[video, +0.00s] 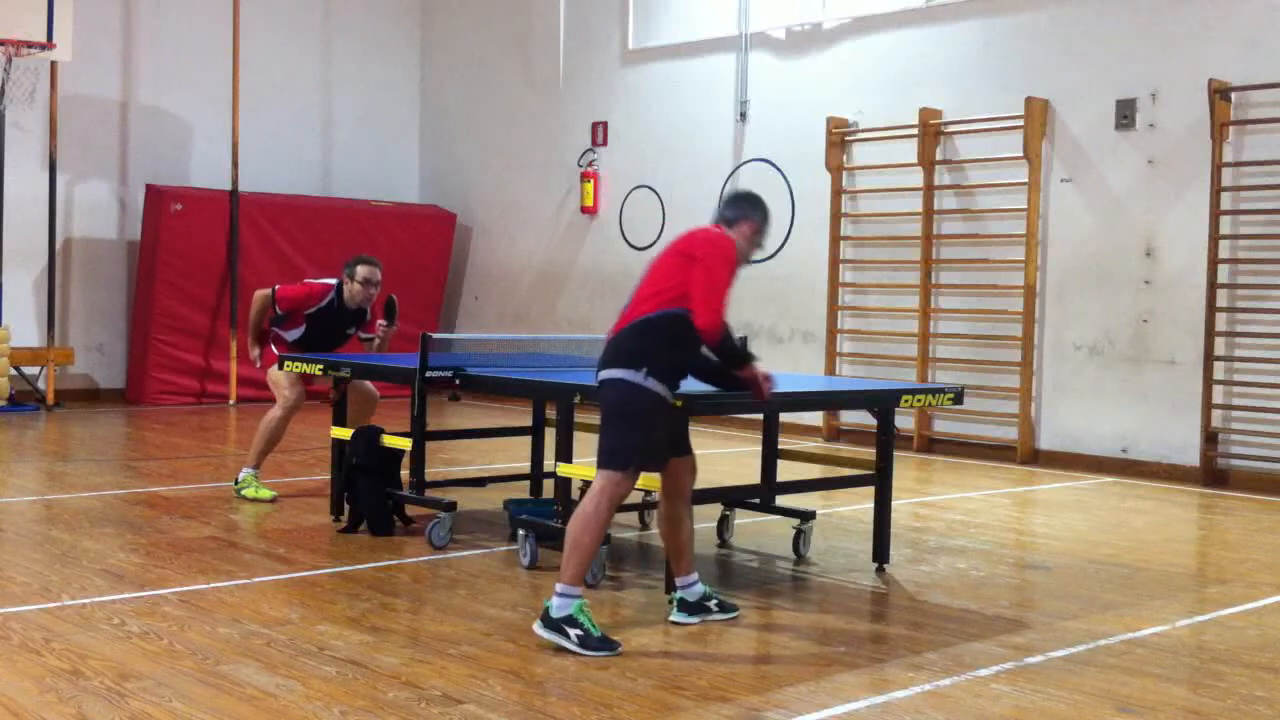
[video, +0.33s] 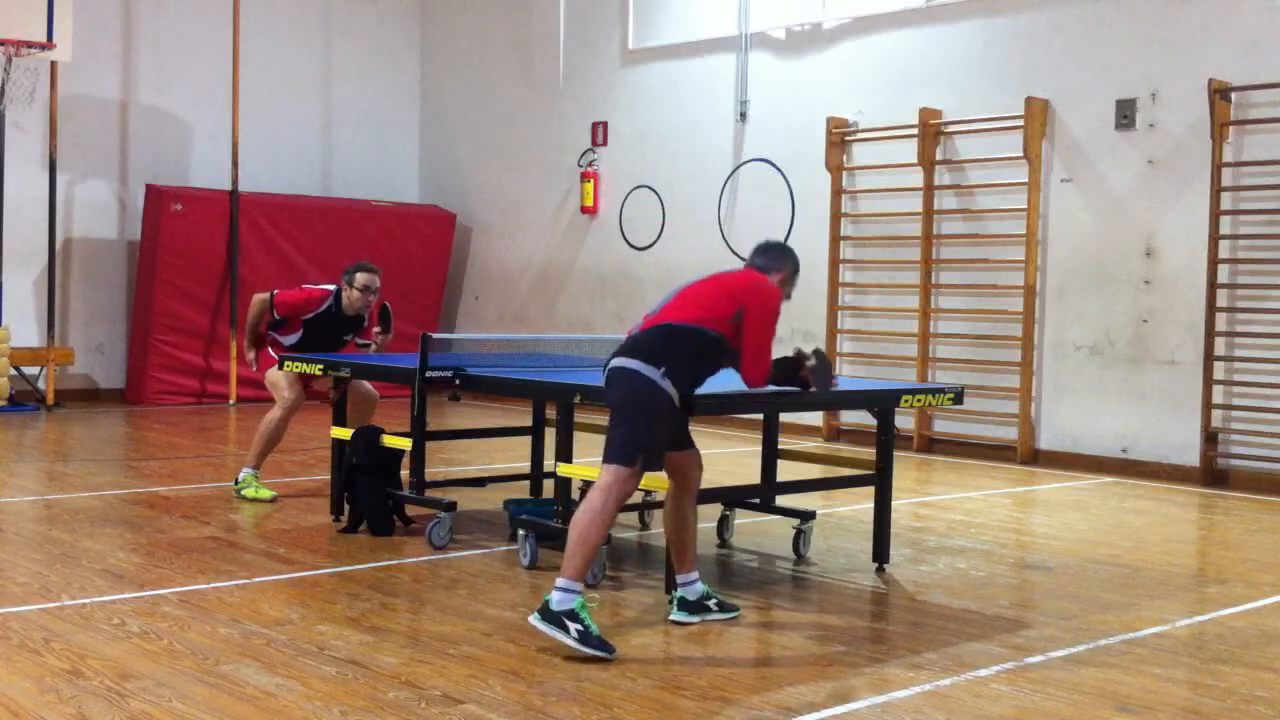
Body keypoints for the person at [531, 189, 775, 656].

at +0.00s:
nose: (754, 250)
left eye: (758, 242)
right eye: (757, 239)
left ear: (729, 221)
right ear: (745, 226)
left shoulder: (696, 249)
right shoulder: (716, 243)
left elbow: (684, 350)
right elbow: (708, 323)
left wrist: (743, 381)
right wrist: (744, 364)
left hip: (653, 378)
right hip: (636, 368)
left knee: (679, 472)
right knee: (612, 483)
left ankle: (687, 593)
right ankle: (561, 608)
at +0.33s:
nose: (785, 298)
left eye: (788, 291)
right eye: (788, 289)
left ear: (754, 267)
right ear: (780, 275)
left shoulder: (723, 283)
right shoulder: (762, 291)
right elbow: (756, 376)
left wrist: (789, 366)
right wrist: (799, 373)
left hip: (655, 379)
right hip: (646, 373)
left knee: (686, 472)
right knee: (616, 482)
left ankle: (689, 592)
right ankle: (562, 601)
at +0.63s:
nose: (775, 273)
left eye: (776, 265)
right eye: (776, 264)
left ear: (738, 250)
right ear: (767, 257)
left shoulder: (709, 271)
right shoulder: (748, 279)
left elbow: (716, 365)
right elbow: (732, 366)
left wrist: (771, 367)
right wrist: (777, 367)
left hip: (629, 374)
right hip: (643, 380)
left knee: (683, 473)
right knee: (616, 492)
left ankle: (689, 592)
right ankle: (558, 613)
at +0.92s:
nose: (726, 218)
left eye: (726, 210)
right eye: (727, 209)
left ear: (687, 200)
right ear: (716, 206)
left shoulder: (666, 238)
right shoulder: (682, 239)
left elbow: (662, 335)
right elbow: (650, 314)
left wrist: (733, 352)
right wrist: (685, 382)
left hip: (619, 385)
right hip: (615, 385)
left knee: (657, 482)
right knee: (600, 502)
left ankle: (682, 590)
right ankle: (549, 625)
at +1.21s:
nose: (709, 196)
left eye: (709, 186)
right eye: (707, 185)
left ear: (672, 180)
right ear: (690, 183)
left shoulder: (657, 228)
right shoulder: (640, 220)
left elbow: (675, 302)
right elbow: (608, 284)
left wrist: (736, 272)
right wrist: (672, 312)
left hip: (627, 388)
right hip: (601, 386)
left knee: (655, 479)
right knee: (588, 501)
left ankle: (649, 602)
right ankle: (547, 626)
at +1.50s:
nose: (735, 230)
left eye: (737, 221)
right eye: (737, 219)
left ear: (696, 202)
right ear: (724, 208)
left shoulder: (648, 235)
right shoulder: (696, 237)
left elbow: (590, 305)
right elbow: (716, 306)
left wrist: (654, 323)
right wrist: (784, 292)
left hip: (611, 387)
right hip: (620, 391)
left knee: (655, 480)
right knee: (612, 502)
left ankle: (663, 605)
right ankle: (549, 623)